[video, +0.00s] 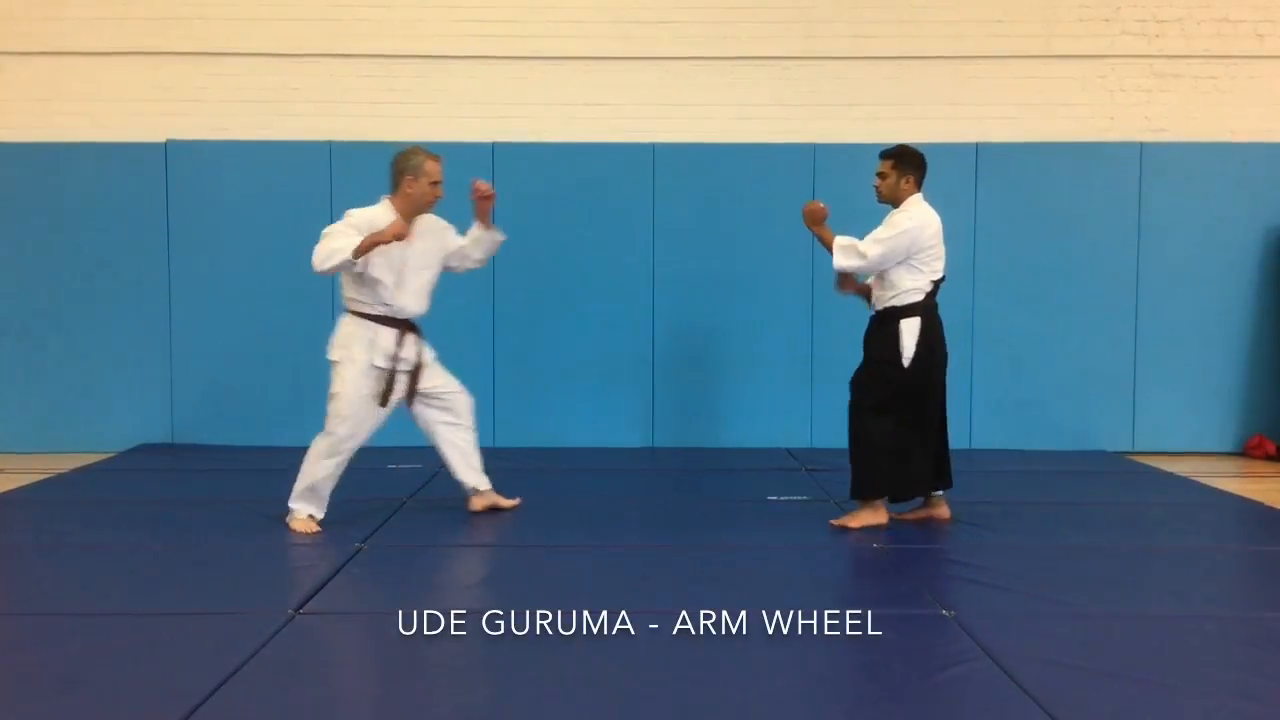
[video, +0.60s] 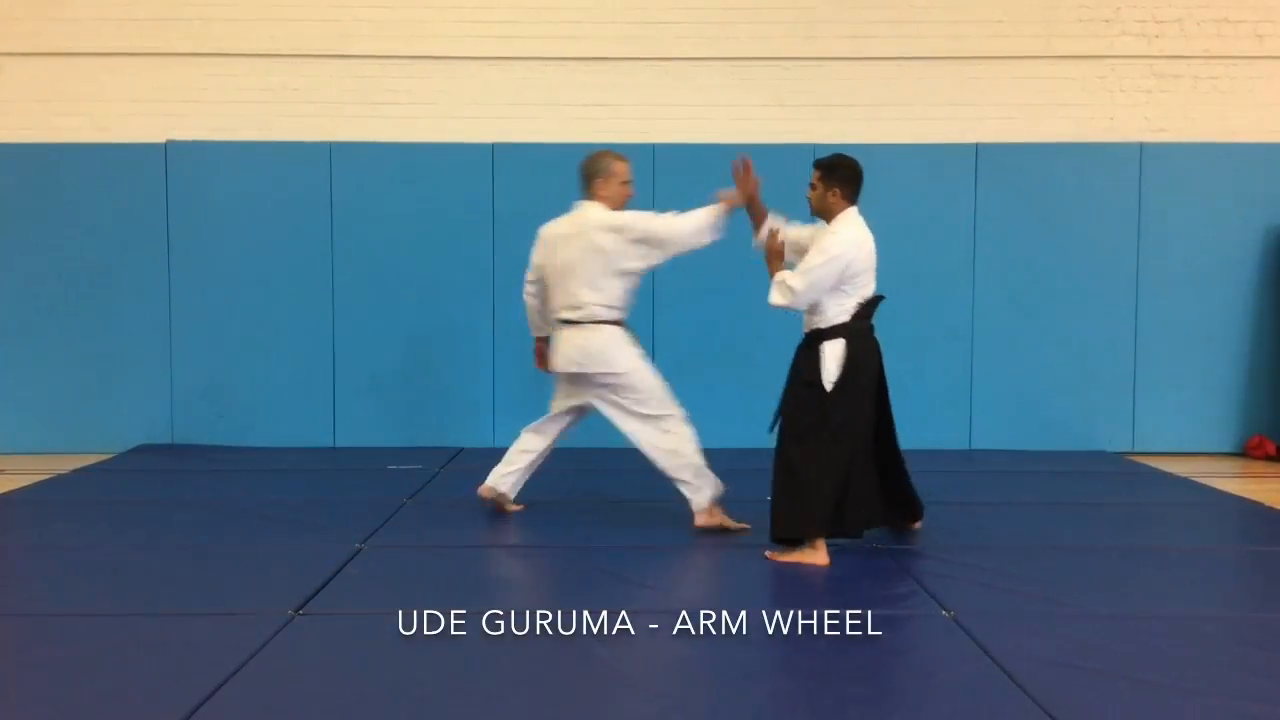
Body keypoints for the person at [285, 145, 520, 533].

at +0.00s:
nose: (440, 193)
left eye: (441, 184)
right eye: (434, 184)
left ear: (420, 185)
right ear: (408, 183)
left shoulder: (435, 229)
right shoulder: (363, 220)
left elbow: (470, 256)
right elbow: (323, 258)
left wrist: (483, 218)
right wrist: (375, 240)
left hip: (407, 339)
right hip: (362, 336)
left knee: (453, 403)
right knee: (345, 426)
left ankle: (479, 491)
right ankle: (303, 510)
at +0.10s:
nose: (472, 189)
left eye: (473, 181)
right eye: (466, 181)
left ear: (454, 182)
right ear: (440, 180)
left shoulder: (464, 227)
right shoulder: (397, 217)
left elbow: (489, 256)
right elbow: (342, 250)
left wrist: (510, 218)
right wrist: (393, 239)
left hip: (448, 339)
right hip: (406, 335)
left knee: (488, 404)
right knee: (376, 424)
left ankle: (483, 495)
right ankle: (312, 500)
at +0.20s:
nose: (493, 188)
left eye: (494, 180)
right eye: (487, 180)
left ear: (476, 181)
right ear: (462, 180)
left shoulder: (481, 226)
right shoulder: (424, 217)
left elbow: (499, 262)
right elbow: (371, 252)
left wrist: (526, 231)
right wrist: (417, 241)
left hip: (476, 337)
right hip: (438, 333)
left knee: (505, 411)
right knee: (425, 427)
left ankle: (487, 499)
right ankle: (343, 483)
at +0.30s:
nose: (526, 192)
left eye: (527, 184)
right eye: (520, 183)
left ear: (509, 186)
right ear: (495, 184)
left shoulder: (503, 231)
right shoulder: (466, 221)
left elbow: (511, 282)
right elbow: (425, 266)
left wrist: (553, 269)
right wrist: (469, 243)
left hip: (505, 337)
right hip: (474, 337)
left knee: (524, 417)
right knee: (506, 426)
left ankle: (491, 499)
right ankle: (435, 469)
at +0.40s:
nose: (559, 196)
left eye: (560, 188)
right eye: (552, 188)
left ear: (535, 190)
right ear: (528, 189)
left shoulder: (525, 229)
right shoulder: (510, 226)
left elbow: (531, 293)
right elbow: (502, 268)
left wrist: (567, 315)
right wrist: (546, 240)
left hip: (513, 341)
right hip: (511, 341)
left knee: (524, 428)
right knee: (582, 405)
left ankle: (490, 499)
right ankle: (555, 494)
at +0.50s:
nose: (594, 193)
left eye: (594, 184)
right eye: (588, 184)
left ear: (561, 187)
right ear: (563, 186)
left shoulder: (525, 228)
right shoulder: (556, 223)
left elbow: (547, 294)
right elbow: (587, 253)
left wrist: (583, 336)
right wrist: (628, 230)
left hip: (527, 340)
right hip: (555, 339)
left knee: (540, 419)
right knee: (624, 409)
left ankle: (489, 496)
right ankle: (663, 499)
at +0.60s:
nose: (631, 191)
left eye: (630, 183)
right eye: (624, 183)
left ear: (596, 187)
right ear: (600, 185)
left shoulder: (551, 231)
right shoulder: (620, 224)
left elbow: (533, 291)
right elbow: (678, 229)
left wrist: (540, 337)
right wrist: (727, 204)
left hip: (565, 342)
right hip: (606, 341)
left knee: (557, 418)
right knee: (664, 418)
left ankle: (498, 485)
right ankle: (706, 507)